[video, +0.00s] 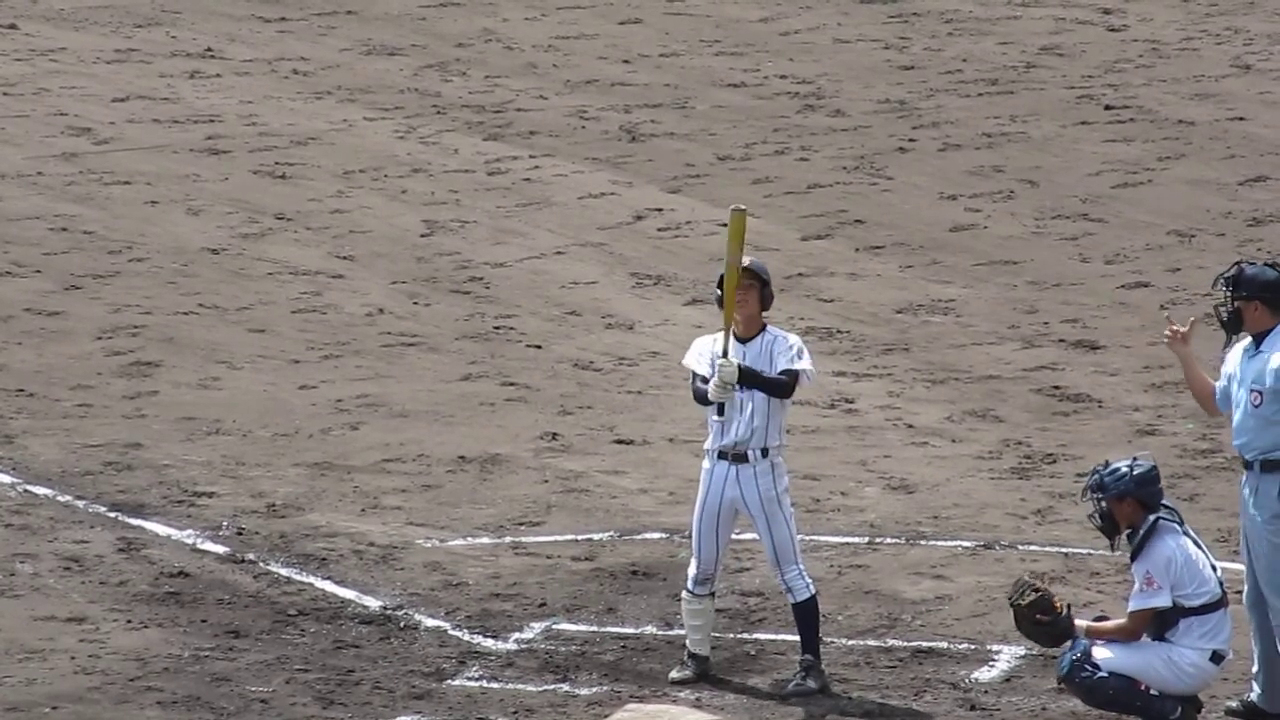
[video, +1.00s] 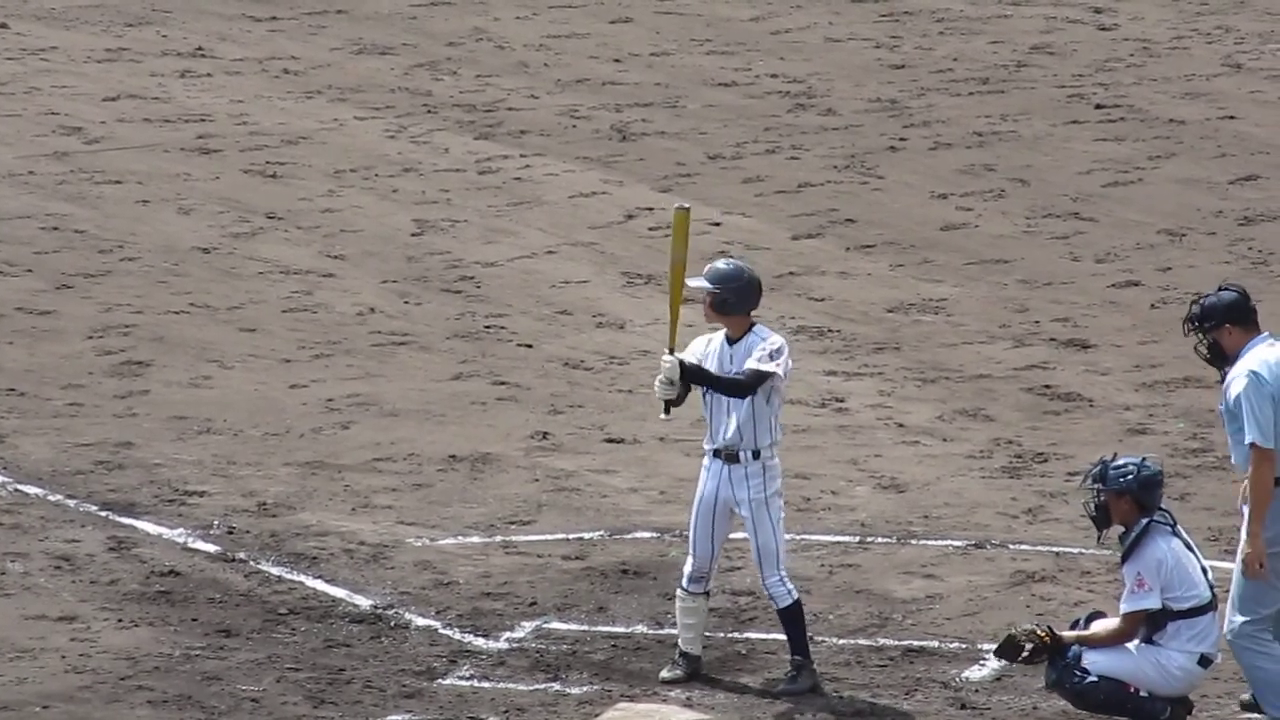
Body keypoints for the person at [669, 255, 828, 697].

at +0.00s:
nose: (740, 296)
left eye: (748, 289)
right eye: (734, 289)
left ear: (765, 297)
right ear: (724, 296)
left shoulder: (784, 343)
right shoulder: (707, 346)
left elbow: (786, 388)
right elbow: (697, 393)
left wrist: (743, 375)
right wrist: (714, 391)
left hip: (762, 470)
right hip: (716, 469)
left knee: (789, 569)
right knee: (702, 567)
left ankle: (811, 665)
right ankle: (696, 658)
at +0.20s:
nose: (742, 293)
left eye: (751, 286)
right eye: (735, 286)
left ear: (767, 293)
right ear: (727, 294)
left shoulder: (787, 337)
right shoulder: (709, 342)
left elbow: (784, 369)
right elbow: (696, 378)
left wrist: (730, 358)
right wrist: (705, 378)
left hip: (764, 466)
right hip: (716, 465)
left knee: (791, 567)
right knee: (703, 564)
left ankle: (813, 663)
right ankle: (698, 655)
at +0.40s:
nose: (736, 296)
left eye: (746, 289)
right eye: (730, 289)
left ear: (764, 294)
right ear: (723, 295)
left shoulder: (784, 335)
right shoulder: (709, 341)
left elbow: (779, 361)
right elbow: (694, 377)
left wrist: (723, 353)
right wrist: (696, 377)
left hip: (760, 465)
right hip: (713, 464)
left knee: (786, 566)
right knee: (699, 563)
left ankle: (809, 663)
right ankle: (693, 655)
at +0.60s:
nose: (718, 295)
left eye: (725, 288)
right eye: (717, 287)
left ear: (748, 294)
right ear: (723, 294)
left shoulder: (780, 333)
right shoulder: (708, 339)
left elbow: (771, 358)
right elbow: (696, 394)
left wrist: (713, 357)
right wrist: (691, 381)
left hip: (760, 464)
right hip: (713, 462)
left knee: (784, 563)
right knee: (698, 561)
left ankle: (809, 662)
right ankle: (692, 654)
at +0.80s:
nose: (703, 298)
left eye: (710, 293)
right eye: (704, 291)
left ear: (732, 299)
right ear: (730, 299)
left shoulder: (774, 339)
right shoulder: (699, 344)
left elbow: (753, 374)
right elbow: (684, 396)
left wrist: (695, 367)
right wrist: (678, 384)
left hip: (758, 465)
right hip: (712, 464)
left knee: (778, 566)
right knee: (696, 561)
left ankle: (805, 663)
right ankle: (689, 655)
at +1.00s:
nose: (704, 302)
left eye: (711, 297)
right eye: (706, 295)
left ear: (729, 303)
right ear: (733, 303)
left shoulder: (771, 345)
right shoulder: (702, 346)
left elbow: (743, 388)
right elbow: (676, 397)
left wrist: (685, 370)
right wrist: (668, 389)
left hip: (757, 471)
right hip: (714, 468)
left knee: (773, 576)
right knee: (697, 566)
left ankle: (803, 667)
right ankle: (688, 657)